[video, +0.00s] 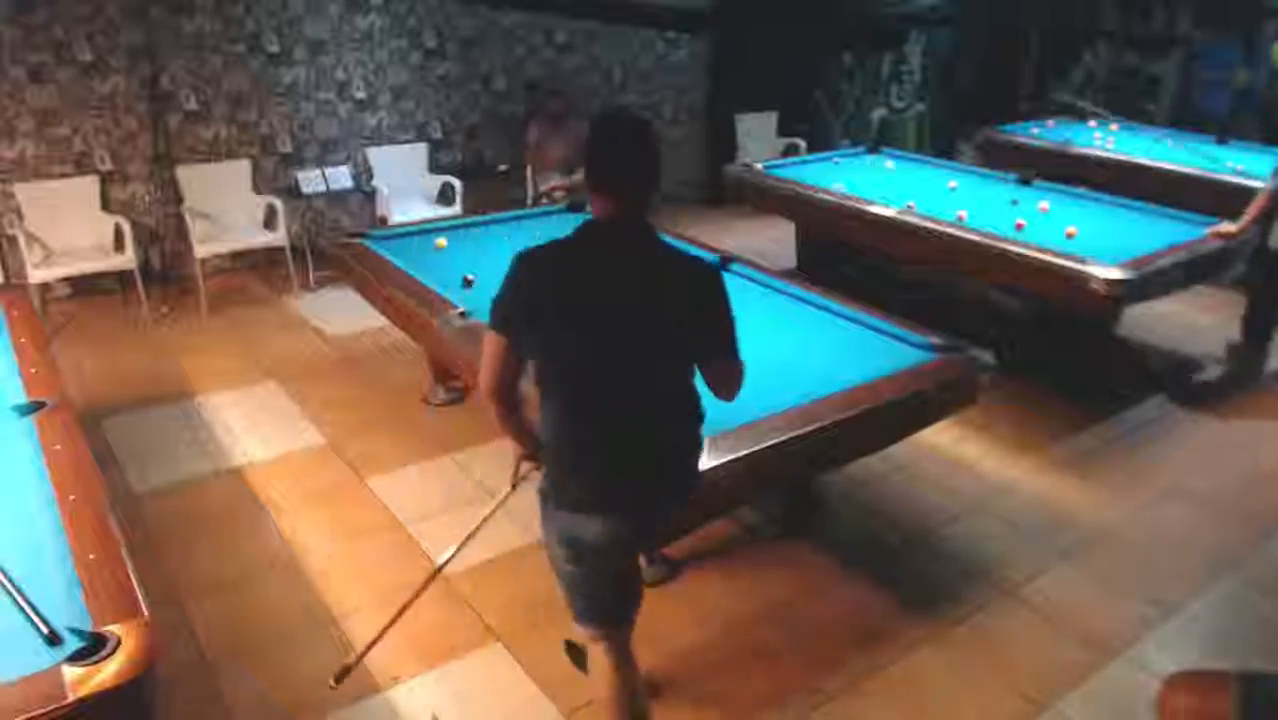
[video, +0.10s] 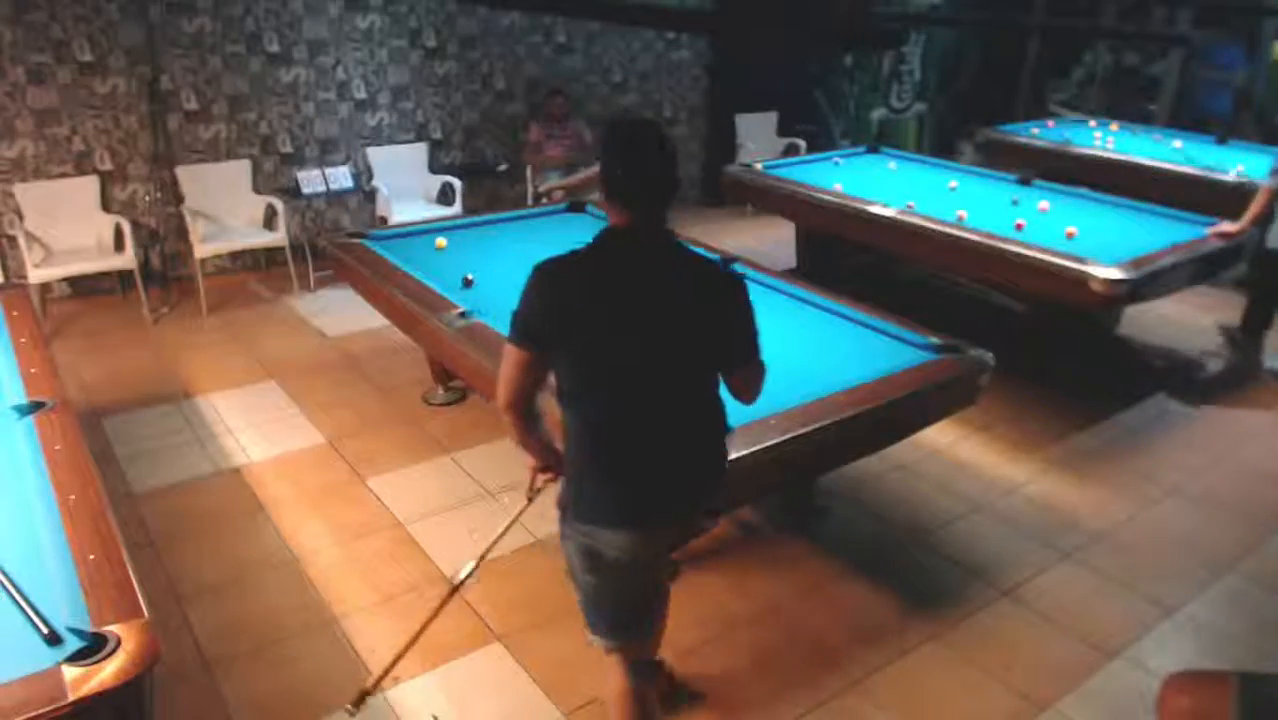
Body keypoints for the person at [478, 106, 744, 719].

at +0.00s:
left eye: (593, 170)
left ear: (585, 179)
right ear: (655, 180)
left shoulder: (536, 271)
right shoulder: (693, 278)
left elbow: (495, 387)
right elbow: (726, 383)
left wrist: (533, 446)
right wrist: (680, 323)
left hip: (582, 490)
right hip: (669, 481)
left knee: (609, 634)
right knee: (622, 555)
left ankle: (628, 697)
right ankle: (599, 643)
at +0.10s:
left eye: (605, 174)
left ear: (602, 188)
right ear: (672, 185)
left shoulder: (557, 281)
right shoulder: (715, 283)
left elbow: (513, 400)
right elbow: (746, 387)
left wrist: (547, 455)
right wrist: (697, 325)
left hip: (605, 501)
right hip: (693, 487)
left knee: (626, 649)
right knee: (649, 581)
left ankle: (646, 697)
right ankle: (647, 676)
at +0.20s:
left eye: (620, 174)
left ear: (618, 188)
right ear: (689, 184)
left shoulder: (579, 282)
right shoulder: (740, 283)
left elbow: (536, 405)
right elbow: (764, 383)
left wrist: (567, 458)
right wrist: (711, 325)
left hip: (623, 507)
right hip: (710, 493)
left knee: (638, 658)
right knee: (688, 572)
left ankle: (655, 701)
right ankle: (691, 676)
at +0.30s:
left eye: (646, 170)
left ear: (646, 183)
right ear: (718, 181)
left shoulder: (603, 280)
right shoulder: (765, 282)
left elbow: (561, 403)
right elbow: (784, 381)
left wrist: (587, 454)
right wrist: (728, 325)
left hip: (639, 512)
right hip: (726, 501)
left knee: (648, 662)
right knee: (722, 588)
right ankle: (742, 688)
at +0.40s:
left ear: (674, 184)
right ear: (745, 184)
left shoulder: (631, 281)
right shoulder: (789, 284)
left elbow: (585, 401)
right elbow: (803, 381)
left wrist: (611, 450)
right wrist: (743, 342)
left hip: (662, 506)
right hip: (750, 495)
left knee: (654, 661)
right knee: (755, 598)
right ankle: (793, 697)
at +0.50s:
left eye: (715, 179)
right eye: (755, 179)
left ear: (703, 187)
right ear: (773, 190)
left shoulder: (660, 278)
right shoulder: (812, 281)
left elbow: (612, 401)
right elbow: (822, 386)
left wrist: (641, 454)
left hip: (685, 504)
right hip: (776, 499)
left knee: (665, 660)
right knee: (785, 611)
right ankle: (815, 707)